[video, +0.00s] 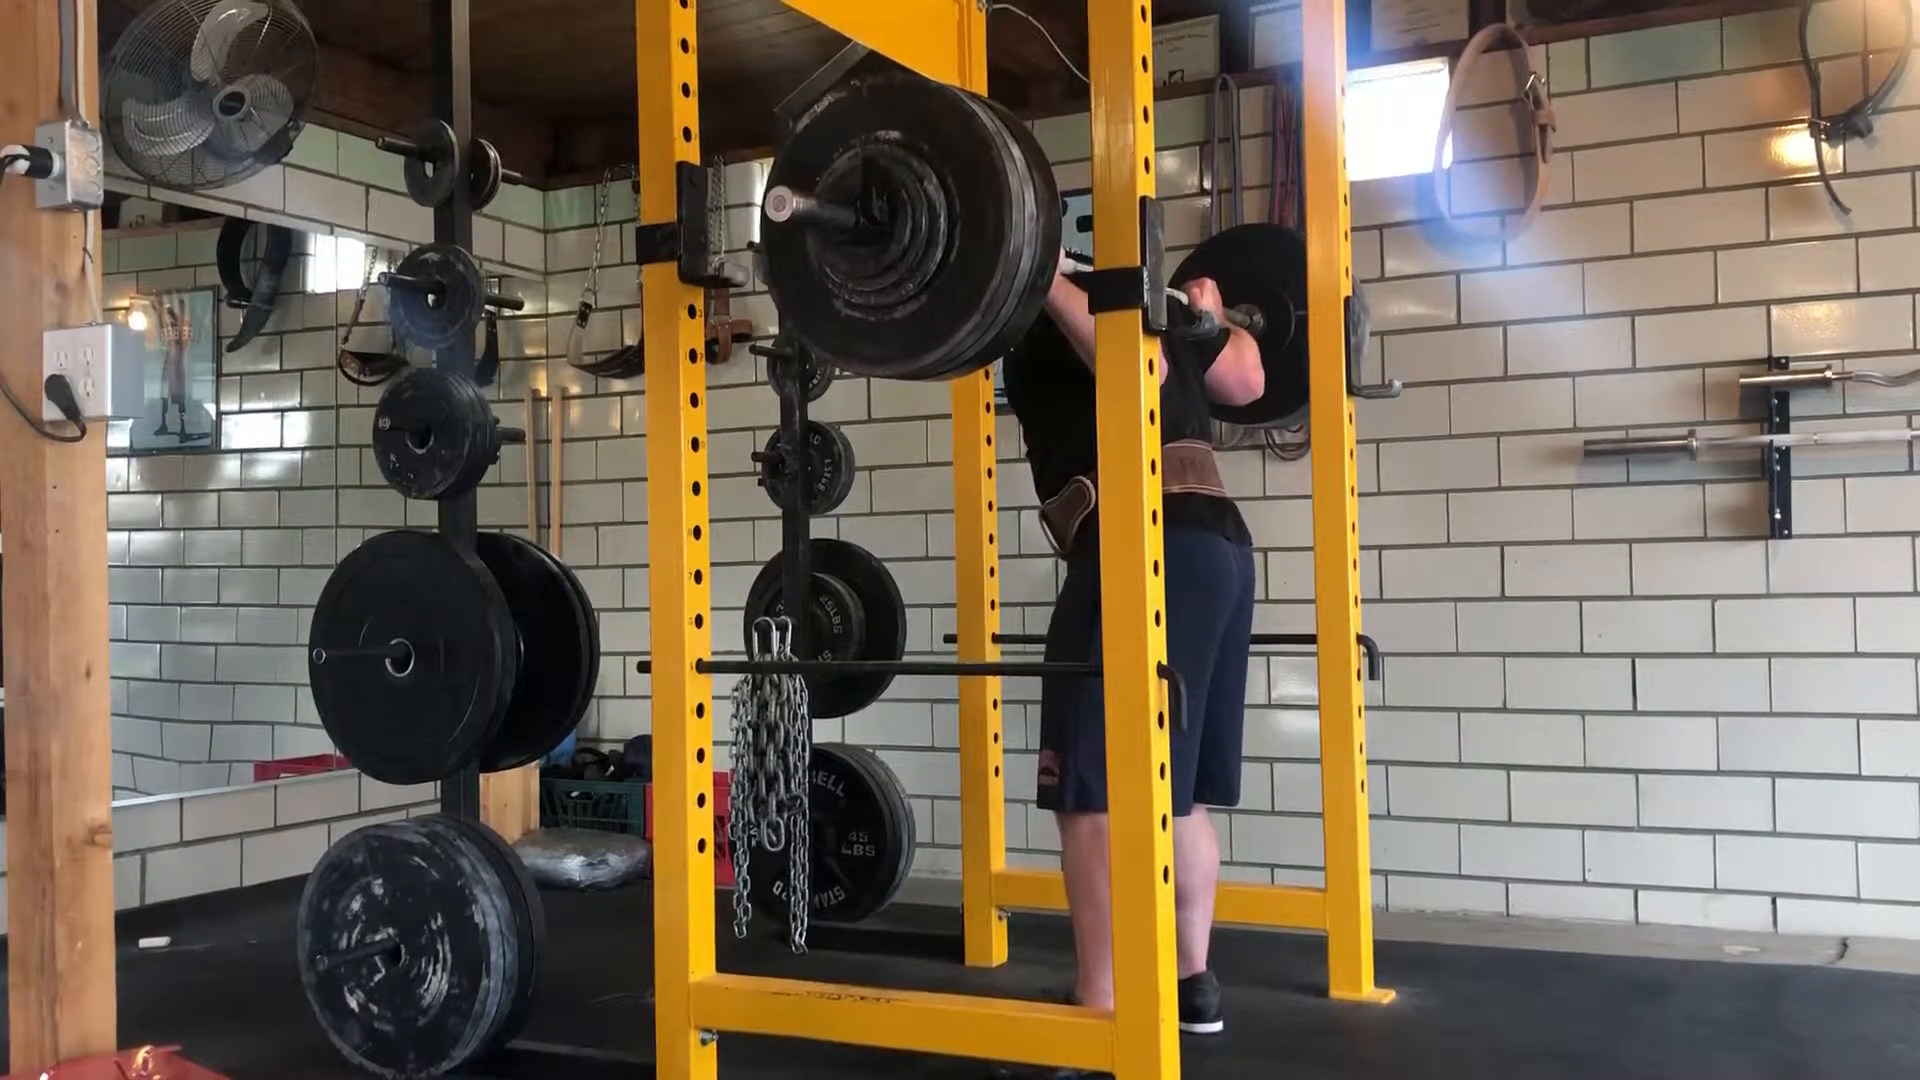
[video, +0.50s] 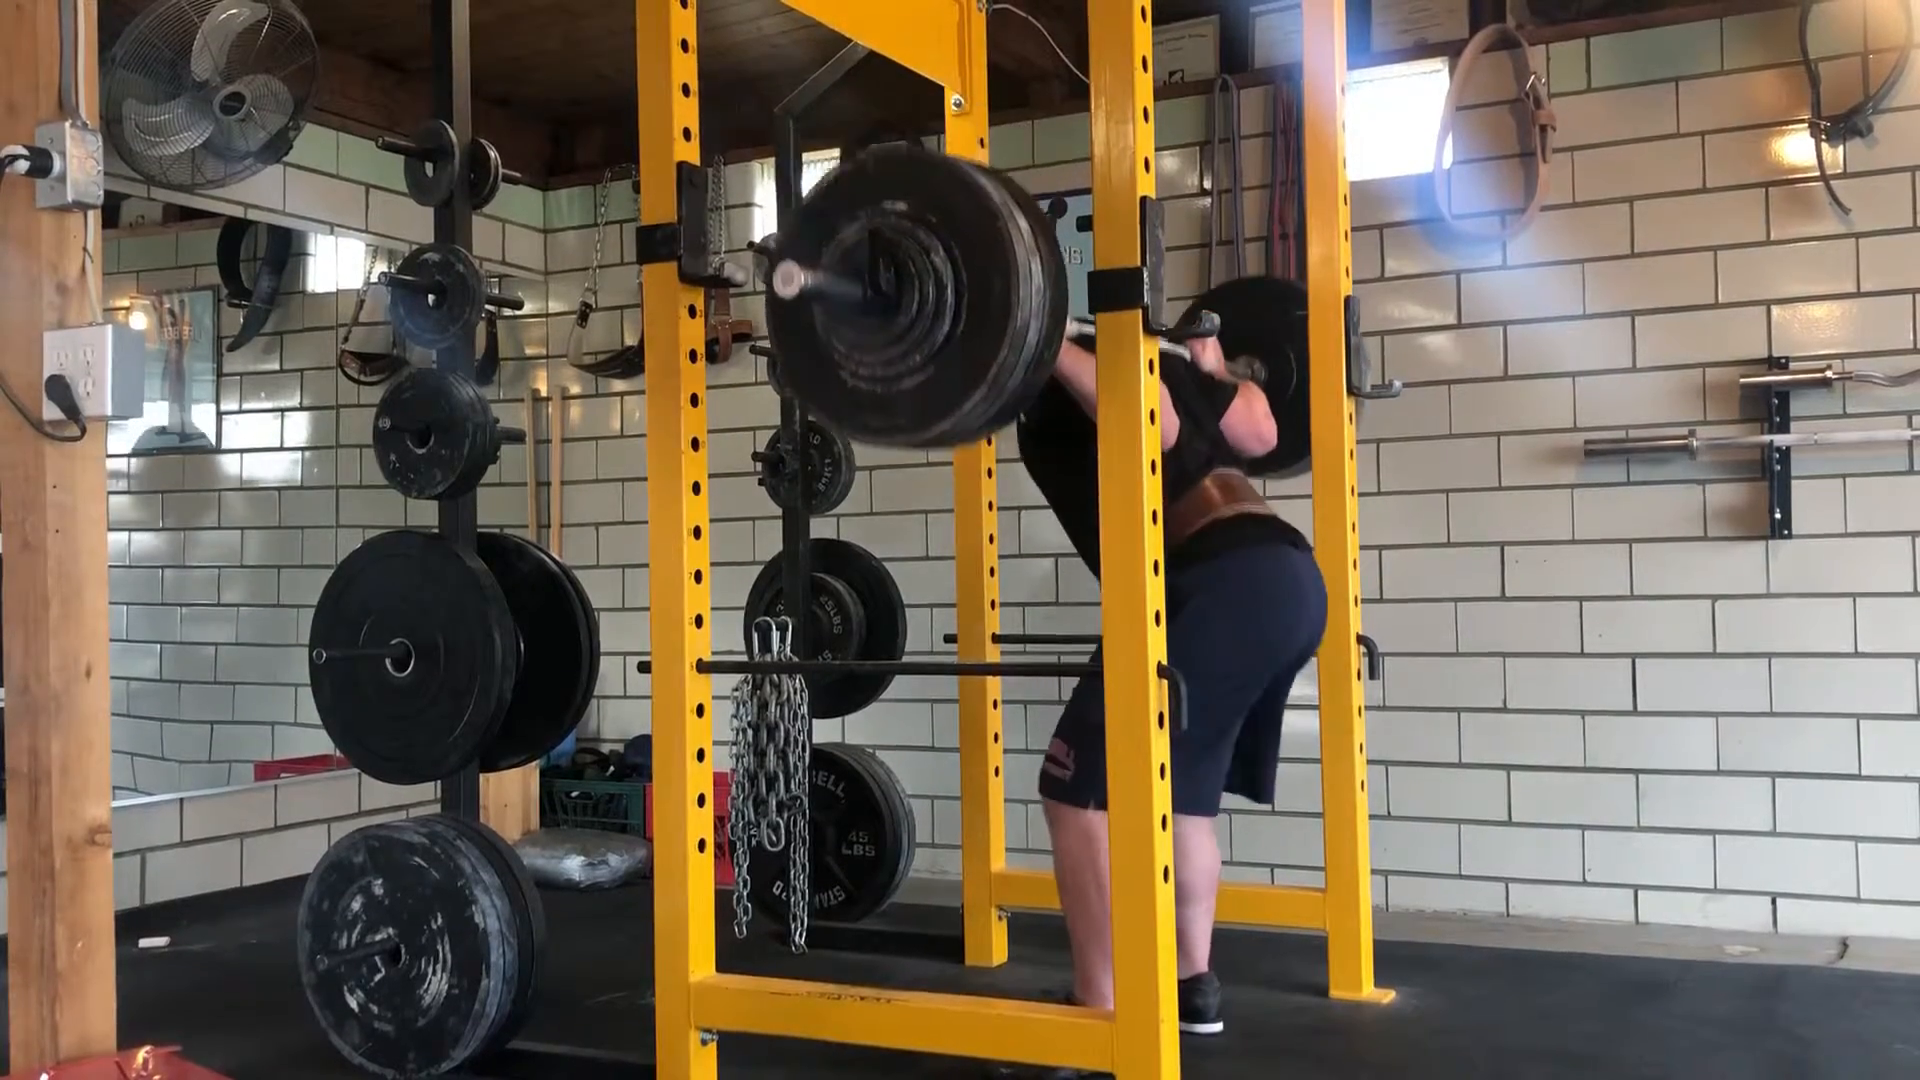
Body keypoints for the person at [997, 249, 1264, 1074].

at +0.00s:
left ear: (1024, 244)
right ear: (1067, 234)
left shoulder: (1050, 297)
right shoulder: (1159, 298)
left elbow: (1134, 373)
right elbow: (1246, 379)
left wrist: (1051, 281)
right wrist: (1211, 307)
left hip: (1132, 539)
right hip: (1218, 546)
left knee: (1085, 782)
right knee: (1190, 783)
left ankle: (1100, 1000)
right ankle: (1194, 985)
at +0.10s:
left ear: (1028, 246)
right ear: (1071, 239)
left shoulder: (1051, 299)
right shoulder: (1161, 301)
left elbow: (1136, 372)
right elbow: (1247, 378)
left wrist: (1048, 282)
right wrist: (1212, 311)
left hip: (1139, 543)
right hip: (1222, 548)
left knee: (1086, 782)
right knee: (1186, 784)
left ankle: (1098, 1004)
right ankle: (1193, 987)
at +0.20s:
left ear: (1023, 260)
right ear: (1074, 249)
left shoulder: (1048, 317)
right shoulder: (1156, 311)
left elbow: (1139, 378)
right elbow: (1250, 380)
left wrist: (1049, 285)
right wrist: (1213, 315)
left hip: (1154, 545)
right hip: (1234, 546)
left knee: (1088, 783)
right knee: (1191, 784)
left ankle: (1098, 1004)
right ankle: (1195, 987)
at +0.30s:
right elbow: (1257, 396)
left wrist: (1043, 299)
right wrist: (1213, 328)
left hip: (1188, 549)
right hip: (1252, 549)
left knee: (1088, 772)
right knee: (1195, 785)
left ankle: (1099, 1004)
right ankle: (1197, 989)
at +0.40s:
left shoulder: (1095, 333)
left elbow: (1158, 400)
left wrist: (1044, 317)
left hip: (1213, 556)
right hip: (1262, 557)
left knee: (1086, 775)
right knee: (1197, 782)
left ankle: (1099, 1009)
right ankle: (1193, 991)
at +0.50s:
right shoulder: (1150, 356)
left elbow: (1158, 424)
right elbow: (1258, 431)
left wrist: (1042, 346)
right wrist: (1213, 367)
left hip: (1223, 579)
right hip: (1281, 578)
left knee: (1072, 780)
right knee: (1191, 787)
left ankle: (1098, 1005)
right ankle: (1192, 987)